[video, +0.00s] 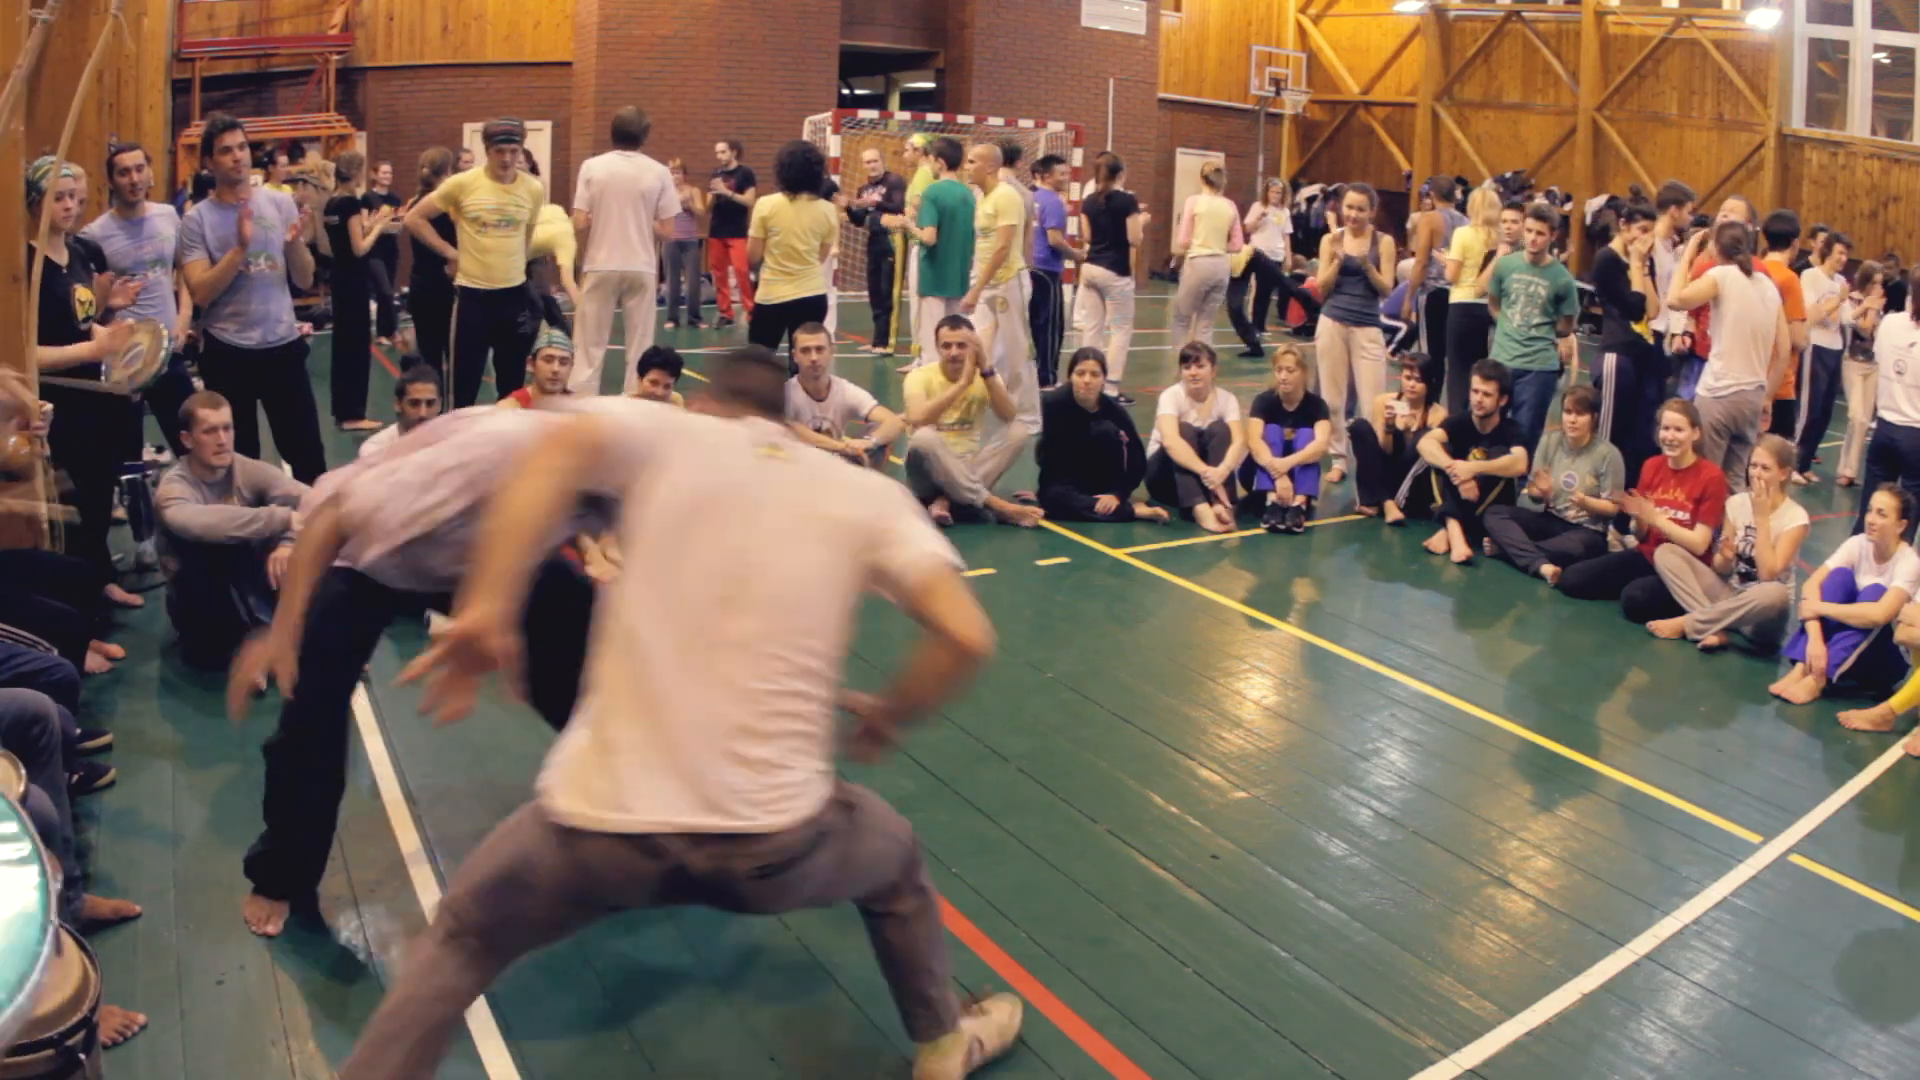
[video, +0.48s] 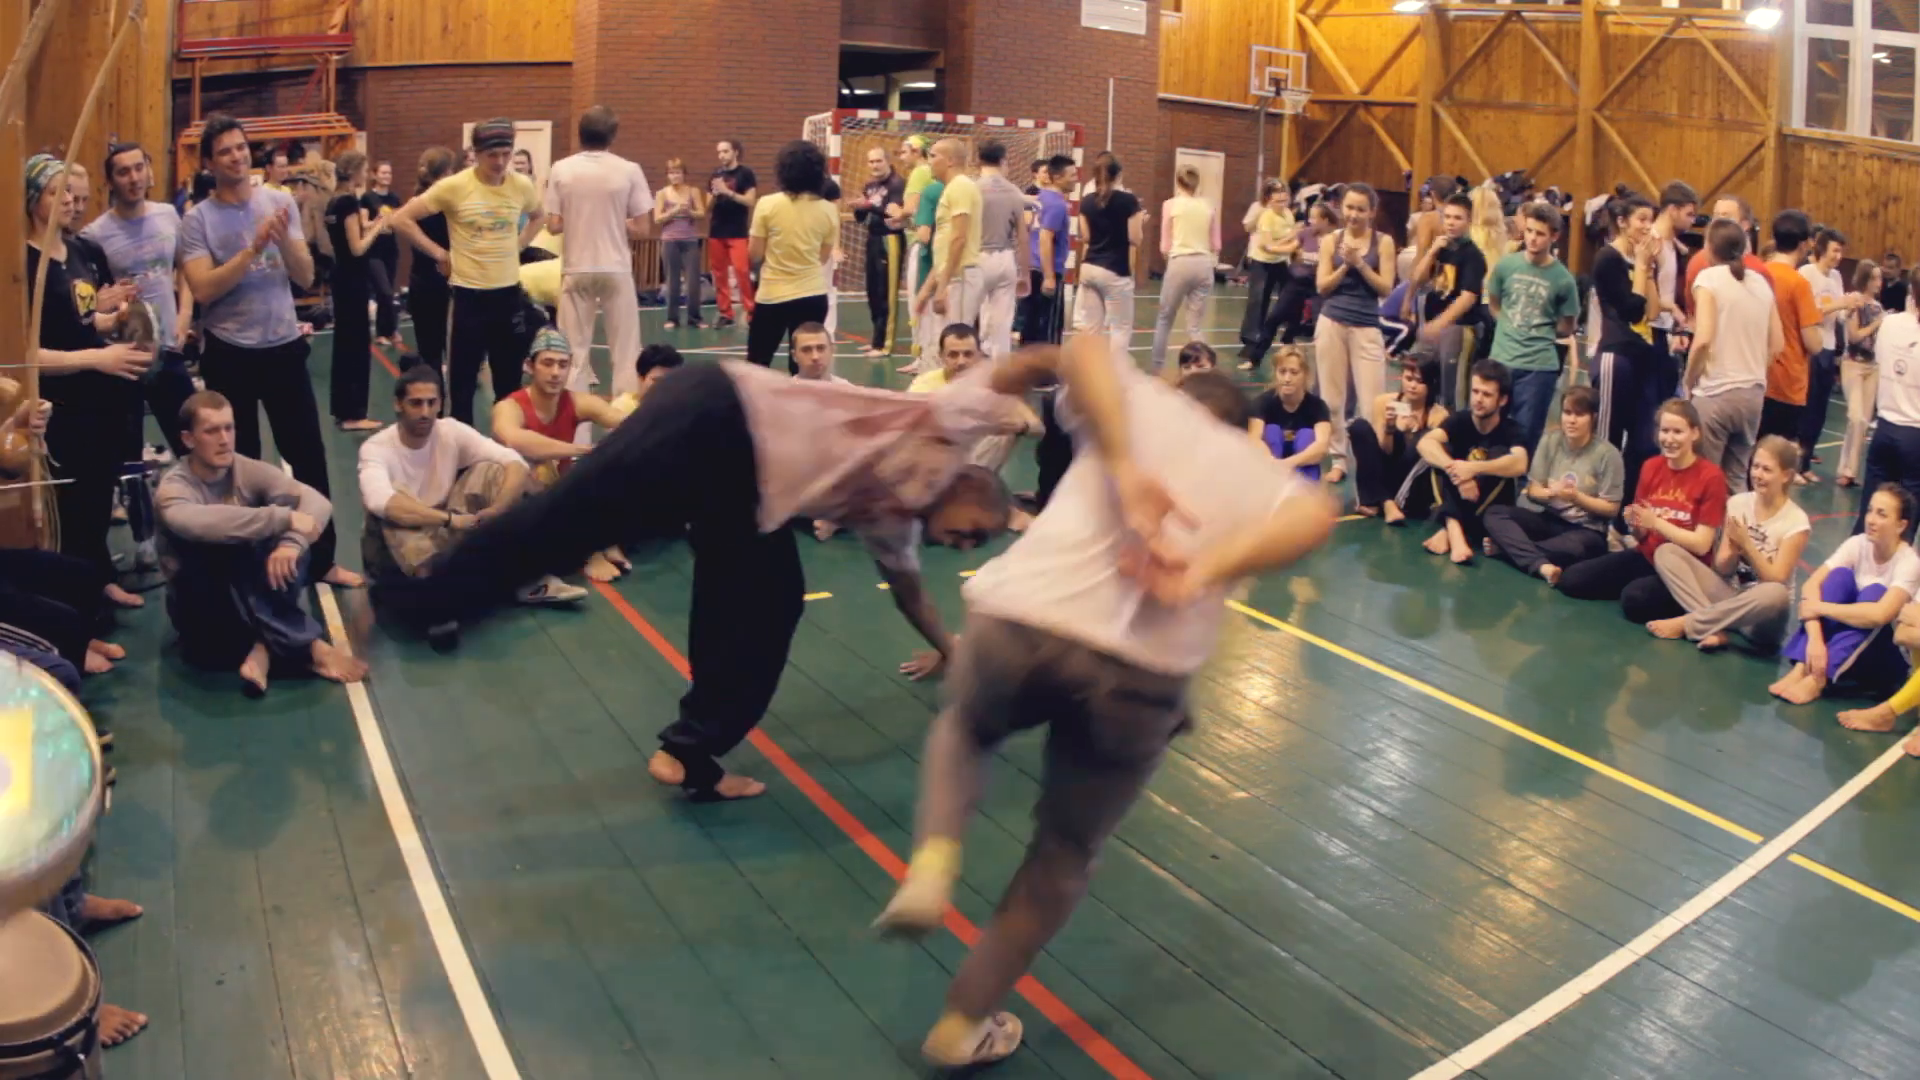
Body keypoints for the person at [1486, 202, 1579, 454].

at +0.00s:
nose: (1533, 239)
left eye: (1540, 234)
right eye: (1529, 231)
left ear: (1552, 237)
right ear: (1523, 231)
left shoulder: (1562, 279)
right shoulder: (1504, 264)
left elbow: (1566, 326)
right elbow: (1493, 307)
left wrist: (1537, 330)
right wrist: (1515, 327)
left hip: (1539, 363)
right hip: (1501, 357)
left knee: (1525, 435)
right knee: (1490, 427)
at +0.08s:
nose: (1534, 238)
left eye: (1541, 233)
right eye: (1530, 231)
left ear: (1553, 236)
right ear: (1523, 231)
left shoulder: (1563, 278)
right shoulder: (1502, 265)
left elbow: (1566, 324)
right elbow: (1493, 307)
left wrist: (1539, 334)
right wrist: (1515, 328)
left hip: (1539, 362)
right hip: (1502, 356)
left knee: (1525, 434)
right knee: (1492, 428)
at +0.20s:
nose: (1534, 238)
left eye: (1541, 233)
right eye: (1530, 230)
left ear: (1554, 237)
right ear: (1523, 230)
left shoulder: (1563, 279)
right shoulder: (1502, 265)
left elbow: (1565, 326)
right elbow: (1494, 307)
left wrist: (1536, 331)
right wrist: (1514, 327)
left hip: (1539, 361)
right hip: (1502, 356)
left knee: (1525, 434)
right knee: (1492, 428)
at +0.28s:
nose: (1533, 238)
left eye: (1540, 233)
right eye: (1530, 231)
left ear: (1552, 237)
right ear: (1523, 231)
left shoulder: (1563, 279)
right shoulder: (1503, 265)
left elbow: (1566, 326)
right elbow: (1493, 307)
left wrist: (1537, 332)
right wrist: (1514, 327)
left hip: (1539, 362)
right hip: (1501, 357)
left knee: (1525, 435)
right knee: (1491, 428)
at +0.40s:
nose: (1533, 239)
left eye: (1540, 233)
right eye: (1529, 231)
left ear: (1553, 237)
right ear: (1522, 232)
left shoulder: (1564, 280)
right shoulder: (1503, 265)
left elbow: (1566, 327)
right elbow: (1493, 305)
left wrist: (1536, 331)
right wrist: (1512, 325)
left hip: (1539, 363)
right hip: (1501, 358)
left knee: (1525, 433)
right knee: (1490, 427)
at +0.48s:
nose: (1533, 239)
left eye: (1540, 234)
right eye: (1529, 231)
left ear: (1554, 237)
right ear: (1523, 231)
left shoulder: (1564, 279)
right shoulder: (1506, 265)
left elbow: (1566, 326)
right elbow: (1493, 304)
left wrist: (1538, 331)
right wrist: (1512, 326)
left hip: (1538, 362)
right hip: (1501, 356)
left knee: (1525, 435)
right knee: (1491, 428)